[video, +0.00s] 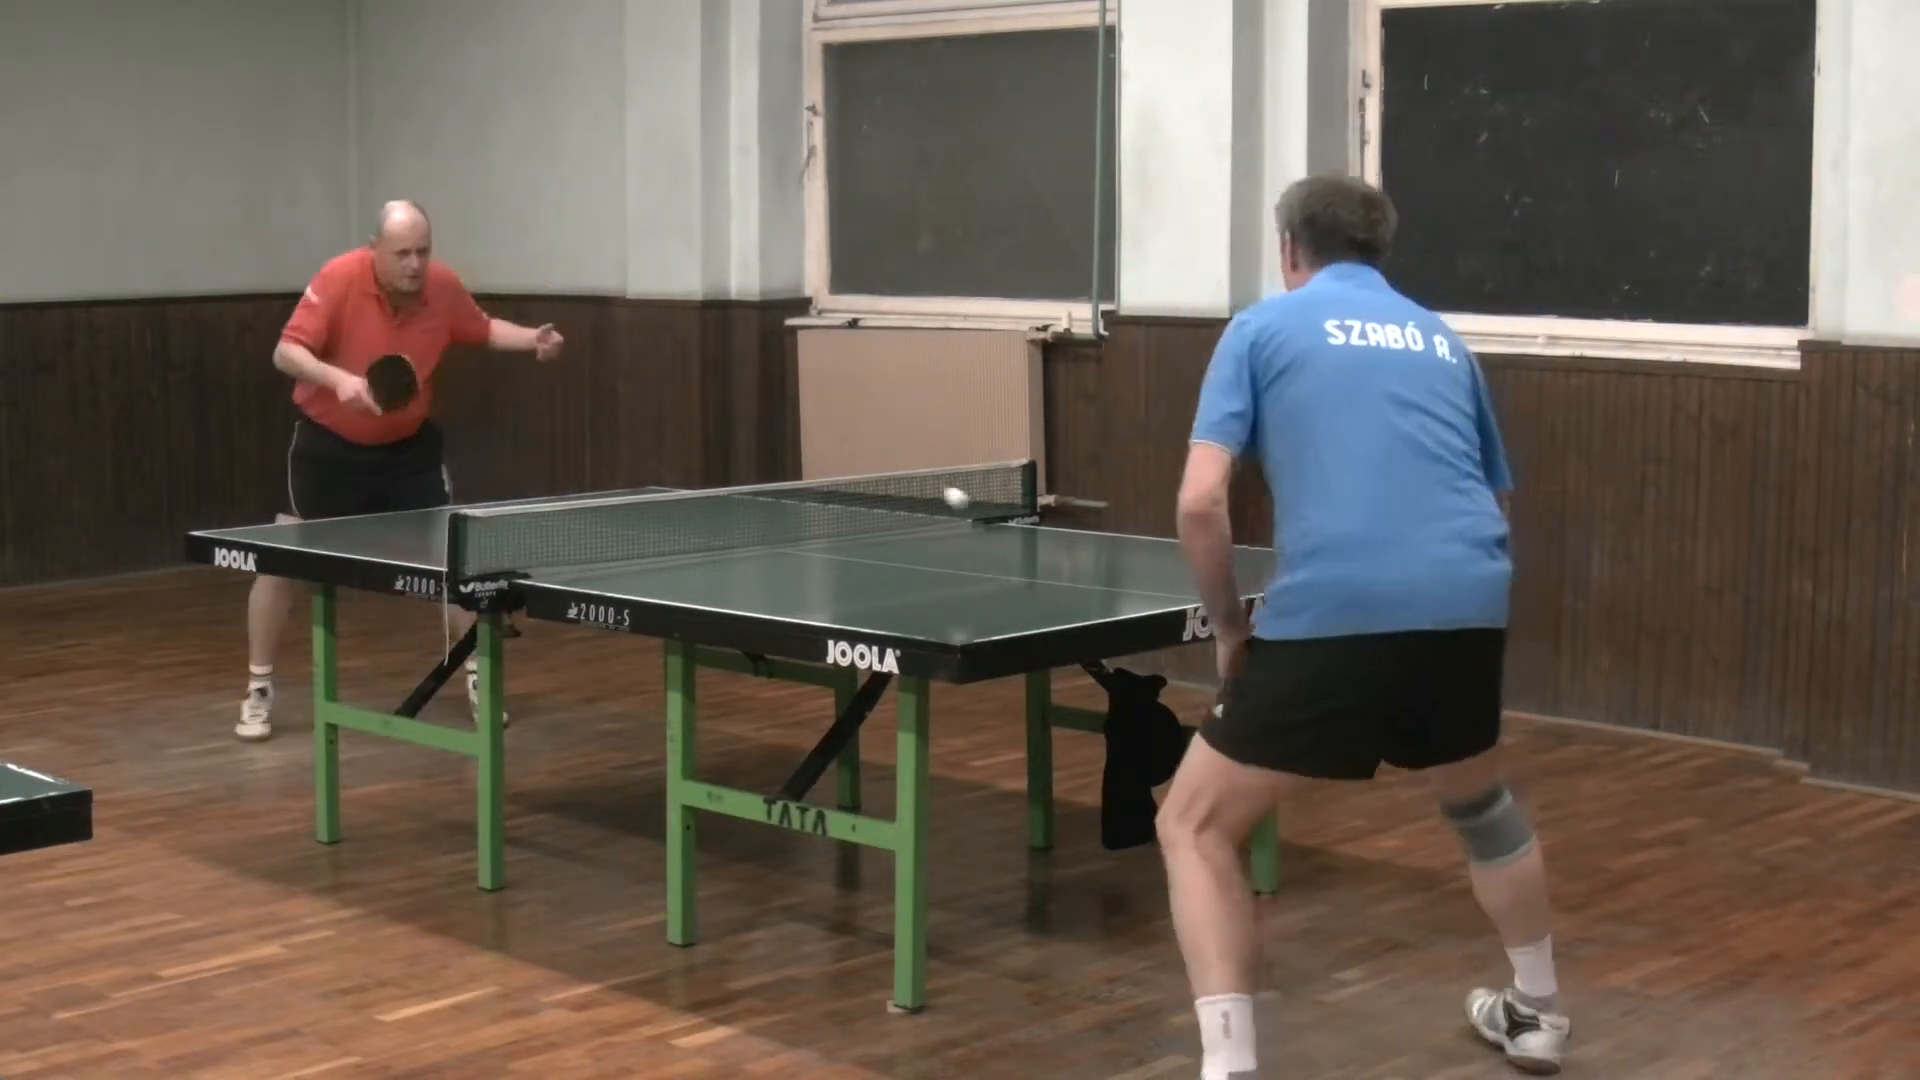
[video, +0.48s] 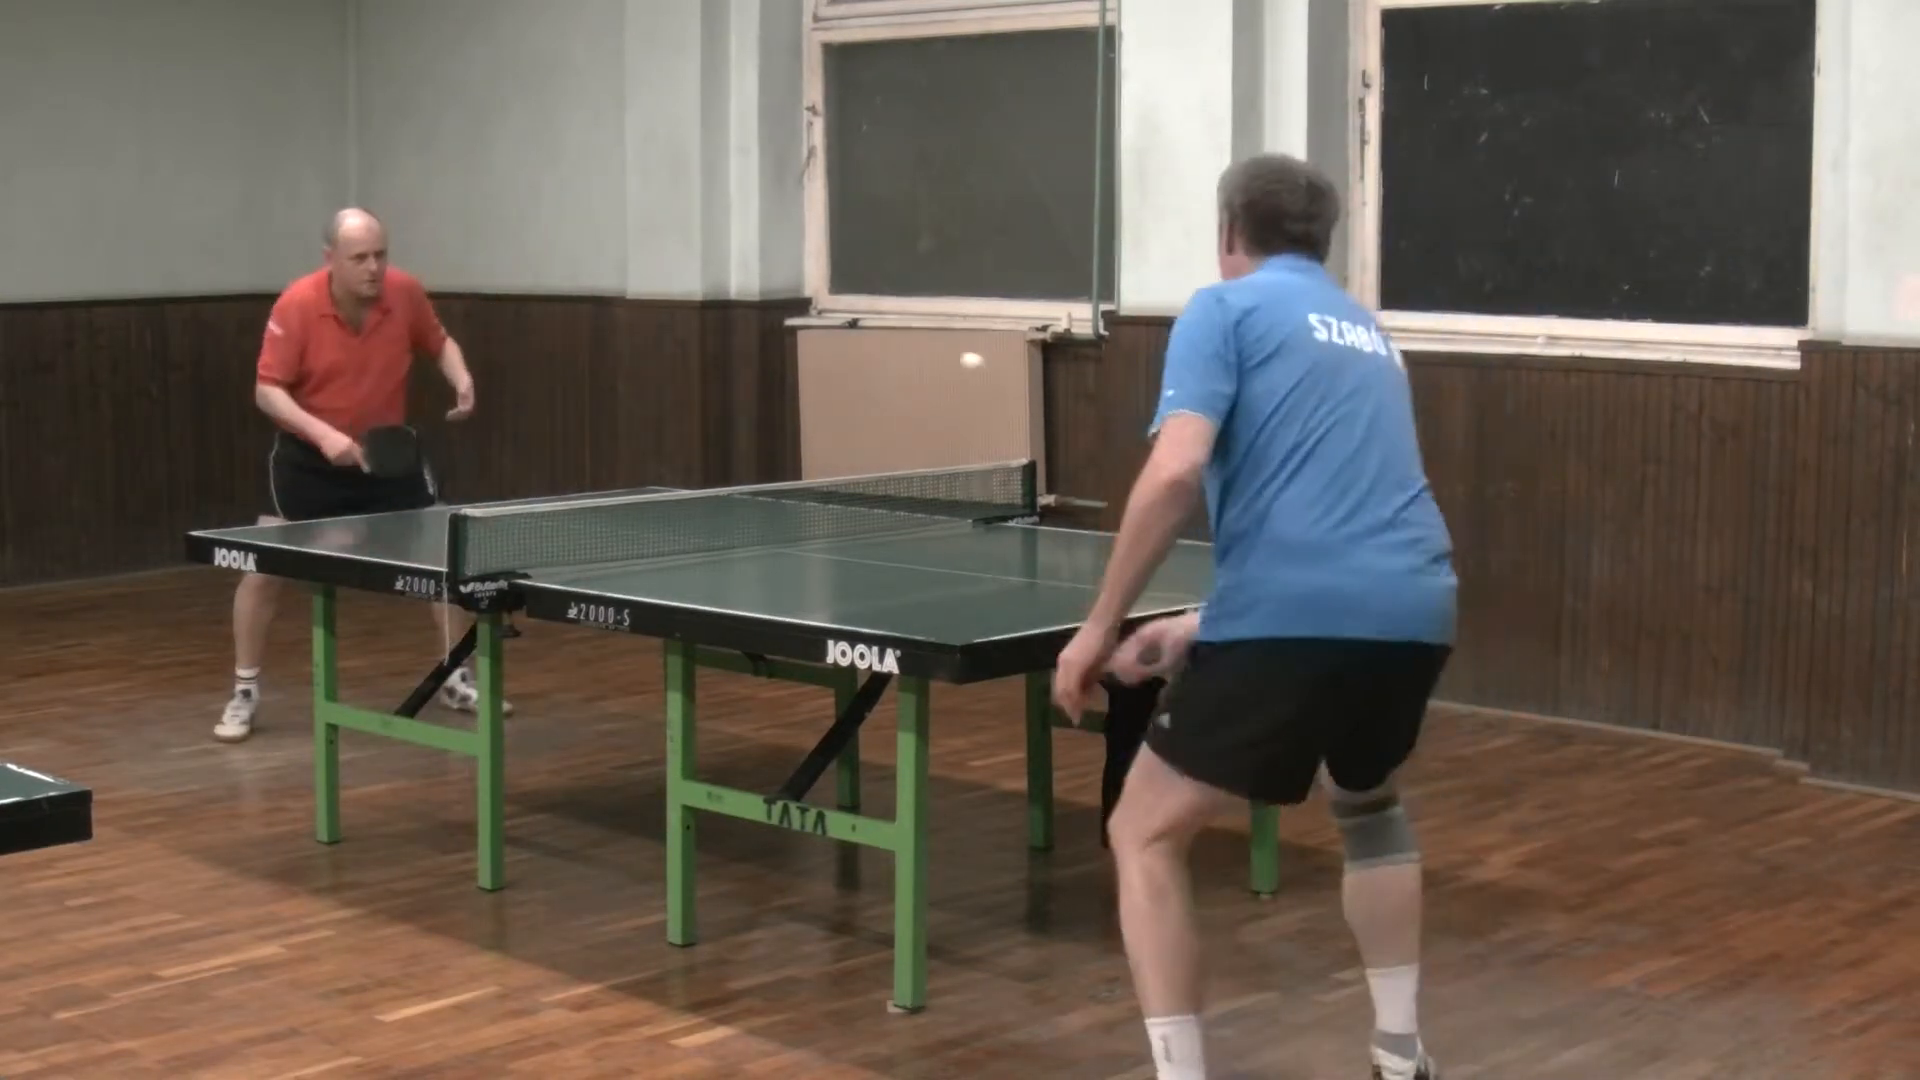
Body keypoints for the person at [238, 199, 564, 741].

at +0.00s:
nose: (414, 264)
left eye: (422, 252)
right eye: (403, 254)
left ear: (431, 248)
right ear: (375, 250)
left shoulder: (444, 287)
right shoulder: (341, 278)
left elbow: (481, 327)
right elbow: (286, 351)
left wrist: (531, 339)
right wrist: (337, 378)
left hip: (411, 447)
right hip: (329, 447)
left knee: (453, 564)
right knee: (283, 560)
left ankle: (479, 683)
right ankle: (259, 688)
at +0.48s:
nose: (373, 267)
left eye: (380, 256)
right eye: (360, 258)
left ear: (387, 253)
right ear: (331, 259)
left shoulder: (405, 293)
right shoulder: (298, 304)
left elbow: (439, 343)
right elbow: (268, 391)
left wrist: (462, 380)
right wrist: (322, 434)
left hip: (392, 456)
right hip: (310, 460)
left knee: (446, 555)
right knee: (266, 563)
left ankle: (460, 675)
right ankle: (244, 690)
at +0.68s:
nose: (390, 273)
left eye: (394, 263)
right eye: (377, 265)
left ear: (401, 260)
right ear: (345, 264)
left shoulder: (408, 297)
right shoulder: (309, 307)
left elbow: (435, 355)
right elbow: (276, 397)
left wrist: (457, 401)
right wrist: (340, 435)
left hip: (386, 458)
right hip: (307, 461)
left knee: (445, 553)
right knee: (266, 562)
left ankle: (459, 676)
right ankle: (243, 690)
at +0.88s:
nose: (409, 292)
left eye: (412, 281)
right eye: (398, 281)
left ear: (415, 275)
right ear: (362, 273)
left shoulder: (408, 308)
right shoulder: (318, 308)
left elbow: (412, 363)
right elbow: (285, 401)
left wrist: (436, 407)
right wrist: (369, 433)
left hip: (378, 458)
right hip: (304, 459)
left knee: (441, 552)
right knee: (268, 566)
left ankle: (459, 676)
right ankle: (240, 691)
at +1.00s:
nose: (416, 296)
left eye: (420, 285)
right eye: (407, 285)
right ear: (370, 271)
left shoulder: (385, 308)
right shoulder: (322, 303)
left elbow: (375, 374)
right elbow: (318, 397)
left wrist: (405, 410)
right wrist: (398, 405)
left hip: (363, 447)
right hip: (296, 449)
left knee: (418, 552)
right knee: (274, 561)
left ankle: (457, 674)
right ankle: (241, 690)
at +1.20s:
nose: (428, 287)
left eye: (431, 277)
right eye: (422, 275)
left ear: (396, 264)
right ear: (386, 261)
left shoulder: (383, 296)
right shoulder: (338, 290)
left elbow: (364, 369)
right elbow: (347, 376)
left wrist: (388, 407)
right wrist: (412, 372)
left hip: (362, 440)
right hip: (297, 439)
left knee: (418, 539)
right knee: (278, 559)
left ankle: (439, 671)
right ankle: (241, 689)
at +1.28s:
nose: (432, 281)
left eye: (435, 270)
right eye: (426, 269)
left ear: (404, 261)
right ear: (389, 256)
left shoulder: (391, 295)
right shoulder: (344, 287)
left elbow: (367, 367)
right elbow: (349, 359)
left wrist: (393, 411)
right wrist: (433, 375)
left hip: (368, 438)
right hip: (300, 436)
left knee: (420, 540)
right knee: (278, 556)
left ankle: (440, 670)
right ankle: (240, 687)